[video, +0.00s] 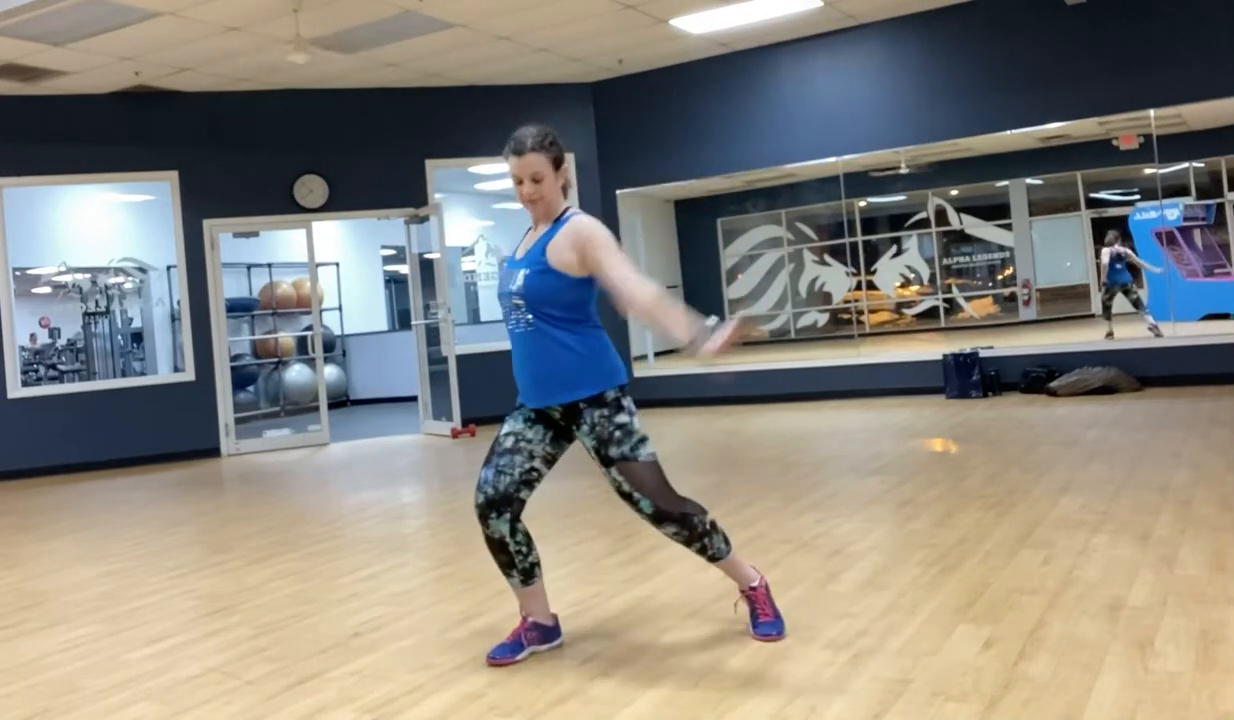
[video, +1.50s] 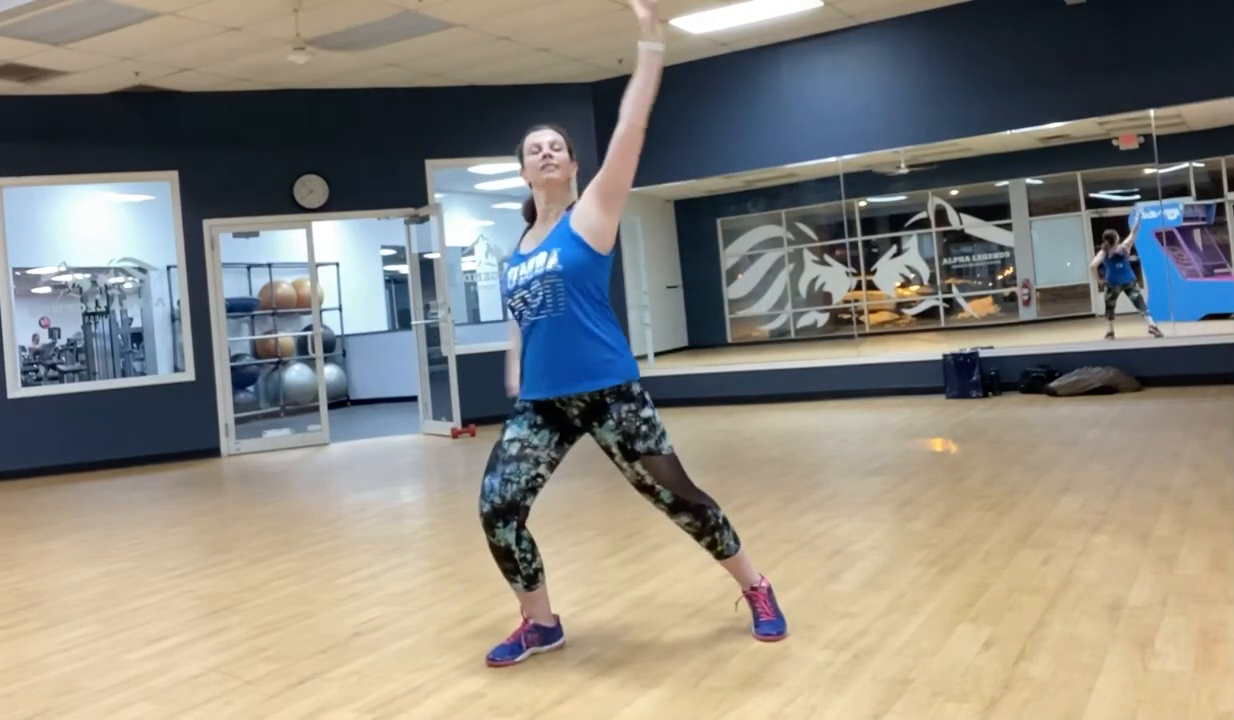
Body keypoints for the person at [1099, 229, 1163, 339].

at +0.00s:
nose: (1105, 240)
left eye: (1107, 238)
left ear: (1108, 240)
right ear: (1119, 240)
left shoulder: (1106, 250)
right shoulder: (1125, 250)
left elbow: (1105, 263)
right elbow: (1139, 262)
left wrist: (1103, 279)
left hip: (1113, 282)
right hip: (1127, 280)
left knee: (1106, 303)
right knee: (1138, 303)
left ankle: (1110, 329)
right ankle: (1152, 323)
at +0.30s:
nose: (1108, 241)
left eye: (1109, 239)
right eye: (1109, 239)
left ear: (1110, 240)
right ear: (1119, 240)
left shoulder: (1108, 251)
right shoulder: (1123, 251)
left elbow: (1107, 265)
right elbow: (1131, 258)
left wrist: (1105, 280)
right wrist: (1139, 257)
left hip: (1115, 282)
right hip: (1128, 281)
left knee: (1106, 303)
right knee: (1139, 304)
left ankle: (1110, 330)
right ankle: (1152, 324)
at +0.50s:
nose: (1108, 241)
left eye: (1109, 240)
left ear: (1109, 240)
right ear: (1119, 239)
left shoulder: (1109, 250)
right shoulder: (1123, 249)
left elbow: (1108, 264)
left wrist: (1106, 279)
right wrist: (1092, 245)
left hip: (1115, 280)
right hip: (1128, 279)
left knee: (1107, 303)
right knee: (1138, 304)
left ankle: (1110, 330)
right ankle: (1152, 323)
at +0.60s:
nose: (1107, 243)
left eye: (1109, 241)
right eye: (1108, 241)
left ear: (1111, 241)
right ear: (1118, 241)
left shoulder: (1109, 251)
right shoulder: (1123, 248)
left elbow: (1109, 264)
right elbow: (1104, 238)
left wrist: (1105, 280)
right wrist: (1090, 232)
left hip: (1115, 280)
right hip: (1128, 279)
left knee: (1107, 303)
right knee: (1138, 304)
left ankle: (1111, 330)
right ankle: (1152, 323)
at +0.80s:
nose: (1107, 243)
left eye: (1107, 240)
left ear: (1107, 241)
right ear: (1117, 238)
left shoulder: (1108, 251)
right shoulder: (1123, 246)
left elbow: (1107, 264)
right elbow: (1115, 232)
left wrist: (1105, 280)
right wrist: (1104, 221)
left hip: (1114, 280)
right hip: (1127, 278)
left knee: (1108, 304)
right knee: (1137, 303)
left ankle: (1111, 330)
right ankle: (1152, 324)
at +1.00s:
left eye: (1107, 240)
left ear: (1107, 241)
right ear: (1118, 239)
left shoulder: (1106, 251)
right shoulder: (1124, 247)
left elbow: (1103, 265)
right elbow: (1123, 231)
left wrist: (1103, 281)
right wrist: (1118, 216)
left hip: (1113, 281)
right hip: (1127, 279)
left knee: (1108, 306)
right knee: (1138, 303)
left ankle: (1110, 330)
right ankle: (1152, 323)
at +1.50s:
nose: (1118, 239)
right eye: (1117, 237)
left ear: (1105, 241)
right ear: (1117, 239)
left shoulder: (1104, 252)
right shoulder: (1124, 247)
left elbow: (1093, 265)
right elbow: (1133, 234)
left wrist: (1098, 280)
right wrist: (1138, 221)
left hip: (1113, 281)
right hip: (1128, 279)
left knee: (1110, 306)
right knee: (1139, 301)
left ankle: (1111, 330)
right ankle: (1151, 324)